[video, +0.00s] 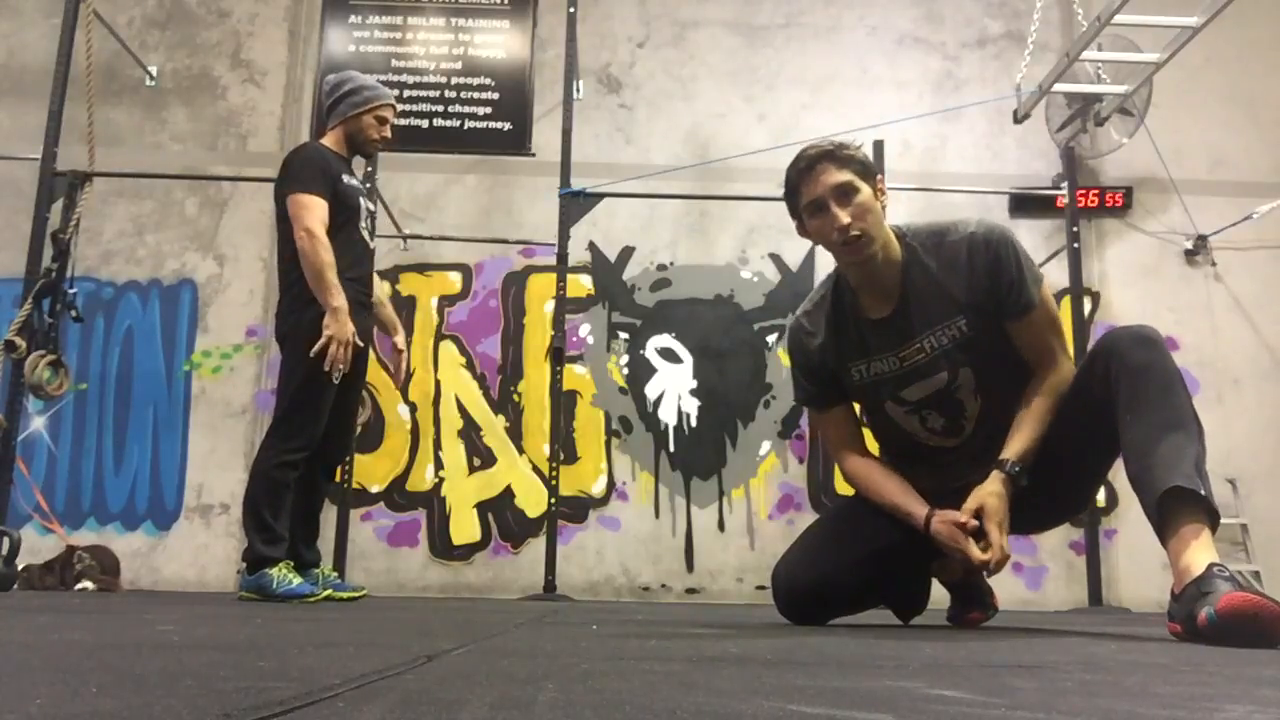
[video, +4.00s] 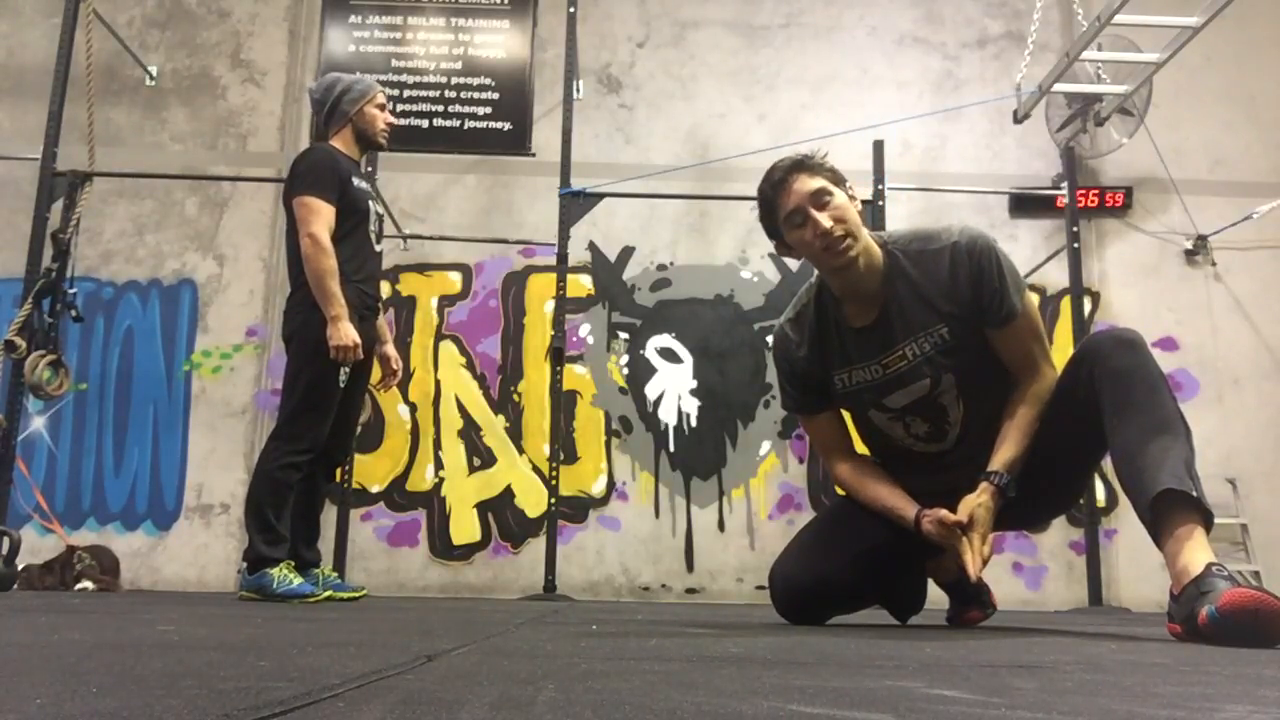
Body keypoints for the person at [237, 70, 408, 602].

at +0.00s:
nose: (387, 130)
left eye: (389, 121)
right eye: (379, 119)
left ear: (367, 123)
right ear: (347, 115)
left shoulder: (349, 176)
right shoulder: (309, 160)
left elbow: (358, 263)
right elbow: (308, 236)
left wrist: (392, 323)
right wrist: (336, 310)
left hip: (347, 325)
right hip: (314, 321)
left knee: (324, 448)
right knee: (293, 440)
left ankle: (303, 563)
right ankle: (263, 566)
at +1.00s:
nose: (394, 129)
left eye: (396, 120)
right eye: (387, 118)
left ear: (365, 123)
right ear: (354, 116)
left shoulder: (353, 177)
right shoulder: (314, 161)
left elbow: (357, 266)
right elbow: (307, 237)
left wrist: (380, 333)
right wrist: (332, 314)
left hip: (350, 328)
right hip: (318, 324)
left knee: (326, 449)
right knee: (295, 440)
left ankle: (303, 563)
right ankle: (262, 565)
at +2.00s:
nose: (387, 116)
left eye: (386, 108)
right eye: (378, 107)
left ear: (358, 116)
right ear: (346, 112)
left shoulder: (355, 174)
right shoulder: (318, 162)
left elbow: (361, 266)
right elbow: (313, 241)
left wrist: (381, 336)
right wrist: (336, 317)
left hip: (349, 328)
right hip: (319, 323)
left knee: (323, 451)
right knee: (296, 441)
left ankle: (302, 564)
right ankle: (263, 566)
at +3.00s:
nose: (385, 116)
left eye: (384, 107)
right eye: (376, 107)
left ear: (356, 116)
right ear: (344, 111)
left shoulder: (354, 174)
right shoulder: (315, 162)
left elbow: (359, 265)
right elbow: (311, 242)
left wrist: (380, 334)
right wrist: (335, 316)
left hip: (347, 329)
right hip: (317, 324)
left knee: (323, 451)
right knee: (294, 442)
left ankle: (302, 564)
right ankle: (262, 566)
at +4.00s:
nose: (390, 117)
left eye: (389, 109)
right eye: (380, 108)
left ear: (362, 117)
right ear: (348, 113)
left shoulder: (356, 175)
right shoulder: (319, 162)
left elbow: (362, 268)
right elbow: (314, 241)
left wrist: (382, 337)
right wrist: (337, 317)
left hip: (351, 328)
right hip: (320, 323)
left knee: (325, 450)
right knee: (297, 441)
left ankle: (302, 563)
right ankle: (262, 566)